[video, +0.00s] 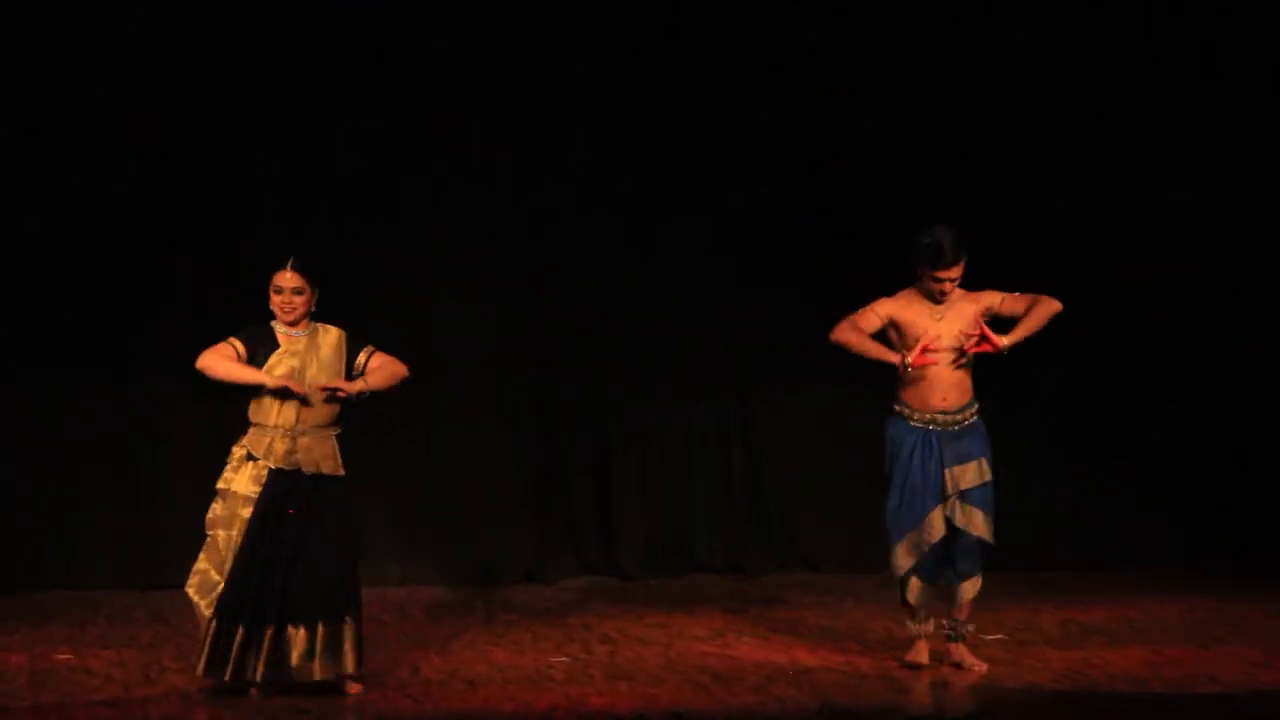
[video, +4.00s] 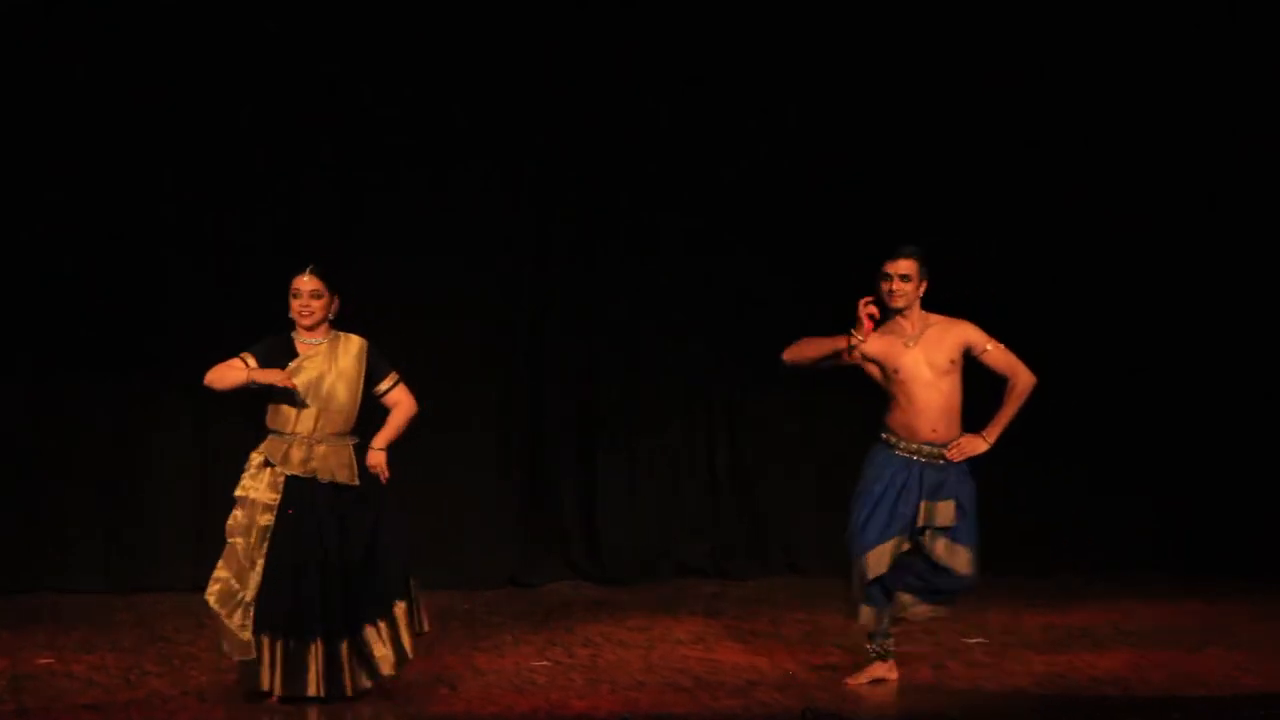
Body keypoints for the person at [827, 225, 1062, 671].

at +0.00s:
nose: (949, 287)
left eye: (955, 279)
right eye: (940, 280)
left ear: (963, 271)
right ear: (920, 273)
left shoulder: (977, 303)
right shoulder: (897, 306)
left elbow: (1049, 305)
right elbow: (843, 333)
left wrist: (1006, 340)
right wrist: (898, 358)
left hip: (965, 430)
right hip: (914, 432)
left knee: (970, 531)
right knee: (918, 532)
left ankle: (956, 640)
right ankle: (919, 636)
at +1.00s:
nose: (902, 288)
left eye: (911, 280)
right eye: (899, 281)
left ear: (938, 281)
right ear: (899, 286)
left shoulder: (975, 322)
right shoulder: (892, 339)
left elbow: (1051, 292)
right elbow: (816, 370)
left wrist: (1009, 312)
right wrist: (848, 330)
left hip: (981, 451)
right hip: (921, 455)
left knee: (1045, 530)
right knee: (896, 552)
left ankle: (988, 611)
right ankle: (924, 653)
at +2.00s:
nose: (942, 295)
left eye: (949, 287)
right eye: (931, 287)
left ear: (957, 292)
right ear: (915, 292)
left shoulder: (981, 343)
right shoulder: (900, 343)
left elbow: (1048, 377)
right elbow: (828, 362)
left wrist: (1020, 432)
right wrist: (889, 363)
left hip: (976, 469)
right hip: (917, 469)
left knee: (1025, 555)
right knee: (883, 555)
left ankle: (966, 652)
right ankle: (917, 654)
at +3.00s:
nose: (982, 277)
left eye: (989, 270)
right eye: (972, 269)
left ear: (998, 278)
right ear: (955, 275)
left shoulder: (1015, 334)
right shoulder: (935, 326)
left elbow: (1077, 381)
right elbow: (867, 336)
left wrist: (1036, 430)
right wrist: (930, 339)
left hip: (1003, 454)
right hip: (944, 453)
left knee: (1063, 536)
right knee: (934, 552)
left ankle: (1009, 626)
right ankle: (959, 654)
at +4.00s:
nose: (894, 286)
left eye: (904, 279)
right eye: (888, 278)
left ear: (922, 286)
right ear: (879, 285)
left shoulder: (958, 333)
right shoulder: (871, 343)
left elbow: (1024, 378)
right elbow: (791, 355)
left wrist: (988, 436)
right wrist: (851, 341)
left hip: (948, 461)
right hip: (893, 457)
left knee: (955, 569)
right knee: (873, 557)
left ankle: (890, 581)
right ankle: (881, 659)